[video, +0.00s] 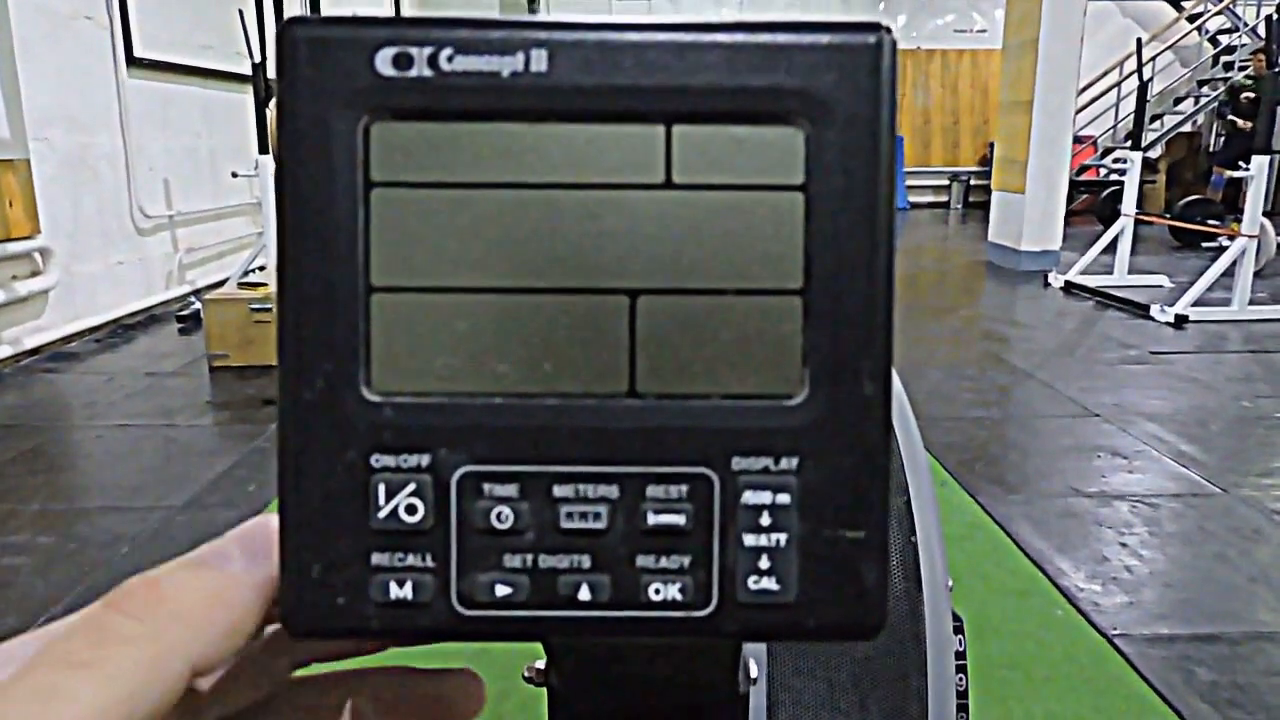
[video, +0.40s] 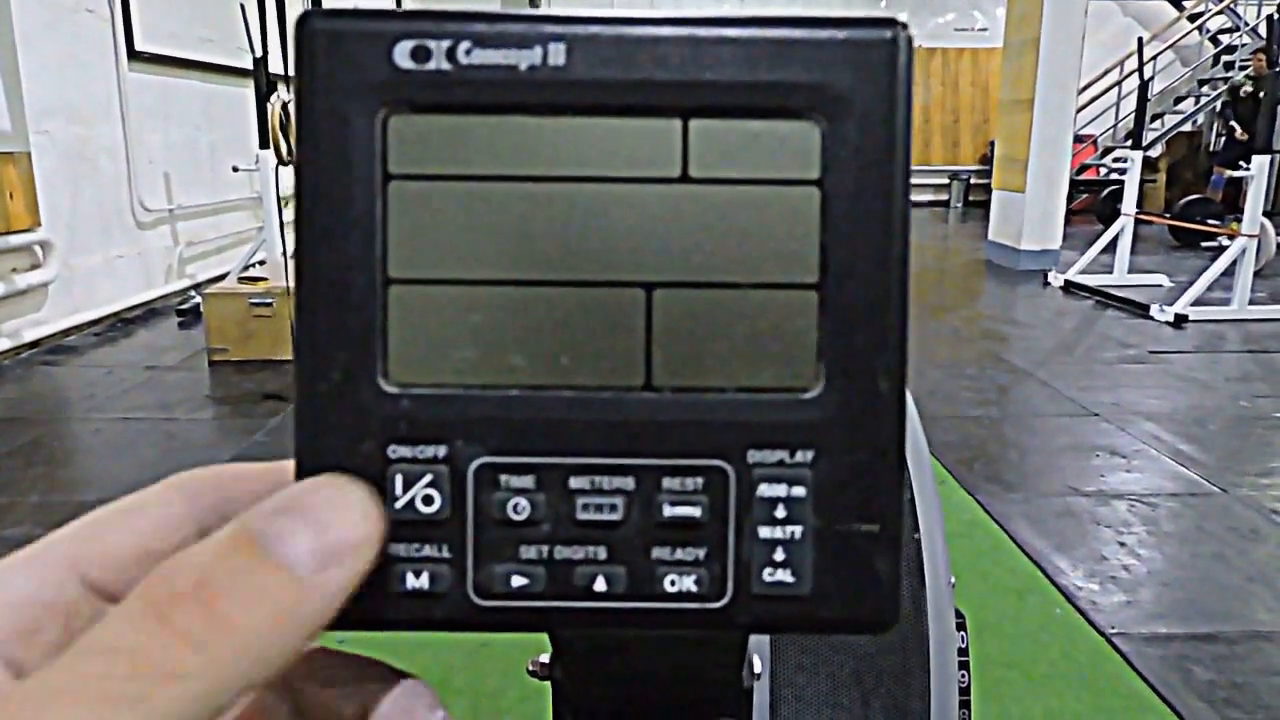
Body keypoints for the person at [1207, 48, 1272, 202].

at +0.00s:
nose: (1257, 64)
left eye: (1261, 61)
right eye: (1255, 61)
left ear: (1268, 63)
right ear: (1251, 63)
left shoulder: (1272, 85)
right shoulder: (1237, 84)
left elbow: (1273, 109)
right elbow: (1221, 108)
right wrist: (1235, 121)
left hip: (1259, 136)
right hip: (1236, 135)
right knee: (1220, 167)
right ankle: (1211, 209)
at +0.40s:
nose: (1257, 64)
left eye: (1261, 60)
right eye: (1255, 60)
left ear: (1268, 63)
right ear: (1251, 62)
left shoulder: (1272, 84)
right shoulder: (1237, 83)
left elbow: (1273, 113)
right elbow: (1226, 108)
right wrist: (1235, 127)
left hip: (1259, 138)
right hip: (1238, 136)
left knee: (1255, 175)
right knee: (1220, 168)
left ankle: (1248, 213)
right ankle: (1210, 210)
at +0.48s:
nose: (1257, 63)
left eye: (1261, 59)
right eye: (1255, 59)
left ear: (1268, 62)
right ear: (1252, 60)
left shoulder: (1272, 82)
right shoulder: (1239, 80)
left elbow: (1273, 103)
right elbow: (1227, 104)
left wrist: (1256, 94)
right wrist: (1232, 123)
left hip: (1260, 134)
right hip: (1238, 132)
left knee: (1254, 171)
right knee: (1223, 166)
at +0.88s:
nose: (1262, 65)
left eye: (1266, 61)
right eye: (1260, 61)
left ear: (1273, 64)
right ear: (1256, 62)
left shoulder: (1274, 82)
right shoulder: (1246, 80)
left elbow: (1274, 107)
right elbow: (1229, 95)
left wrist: (1254, 104)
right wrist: (1238, 101)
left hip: (1264, 134)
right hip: (1242, 132)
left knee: (1261, 171)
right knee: (1225, 167)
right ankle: (1216, 206)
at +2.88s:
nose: (1268, 77)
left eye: (1271, 73)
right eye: (1265, 73)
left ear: (1278, 73)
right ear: (1261, 74)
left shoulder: (1276, 94)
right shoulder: (1254, 92)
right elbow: (1227, 111)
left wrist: (1274, 100)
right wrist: (1255, 106)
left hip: (1272, 150)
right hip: (1249, 148)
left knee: (1270, 188)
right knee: (1232, 182)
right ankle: (1221, 224)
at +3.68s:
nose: (1267, 81)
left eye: (1270, 77)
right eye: (1263, 78)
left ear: (1276, 78)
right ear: (1258, 80)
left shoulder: (1276, 99)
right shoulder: (1248, 100)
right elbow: (1230, 127)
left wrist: (1274, 107)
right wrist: (1252, 120)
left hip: (1271, 155)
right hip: (1248, 155)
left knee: (1271, 195)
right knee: (1231, 191)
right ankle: (1219, 232)